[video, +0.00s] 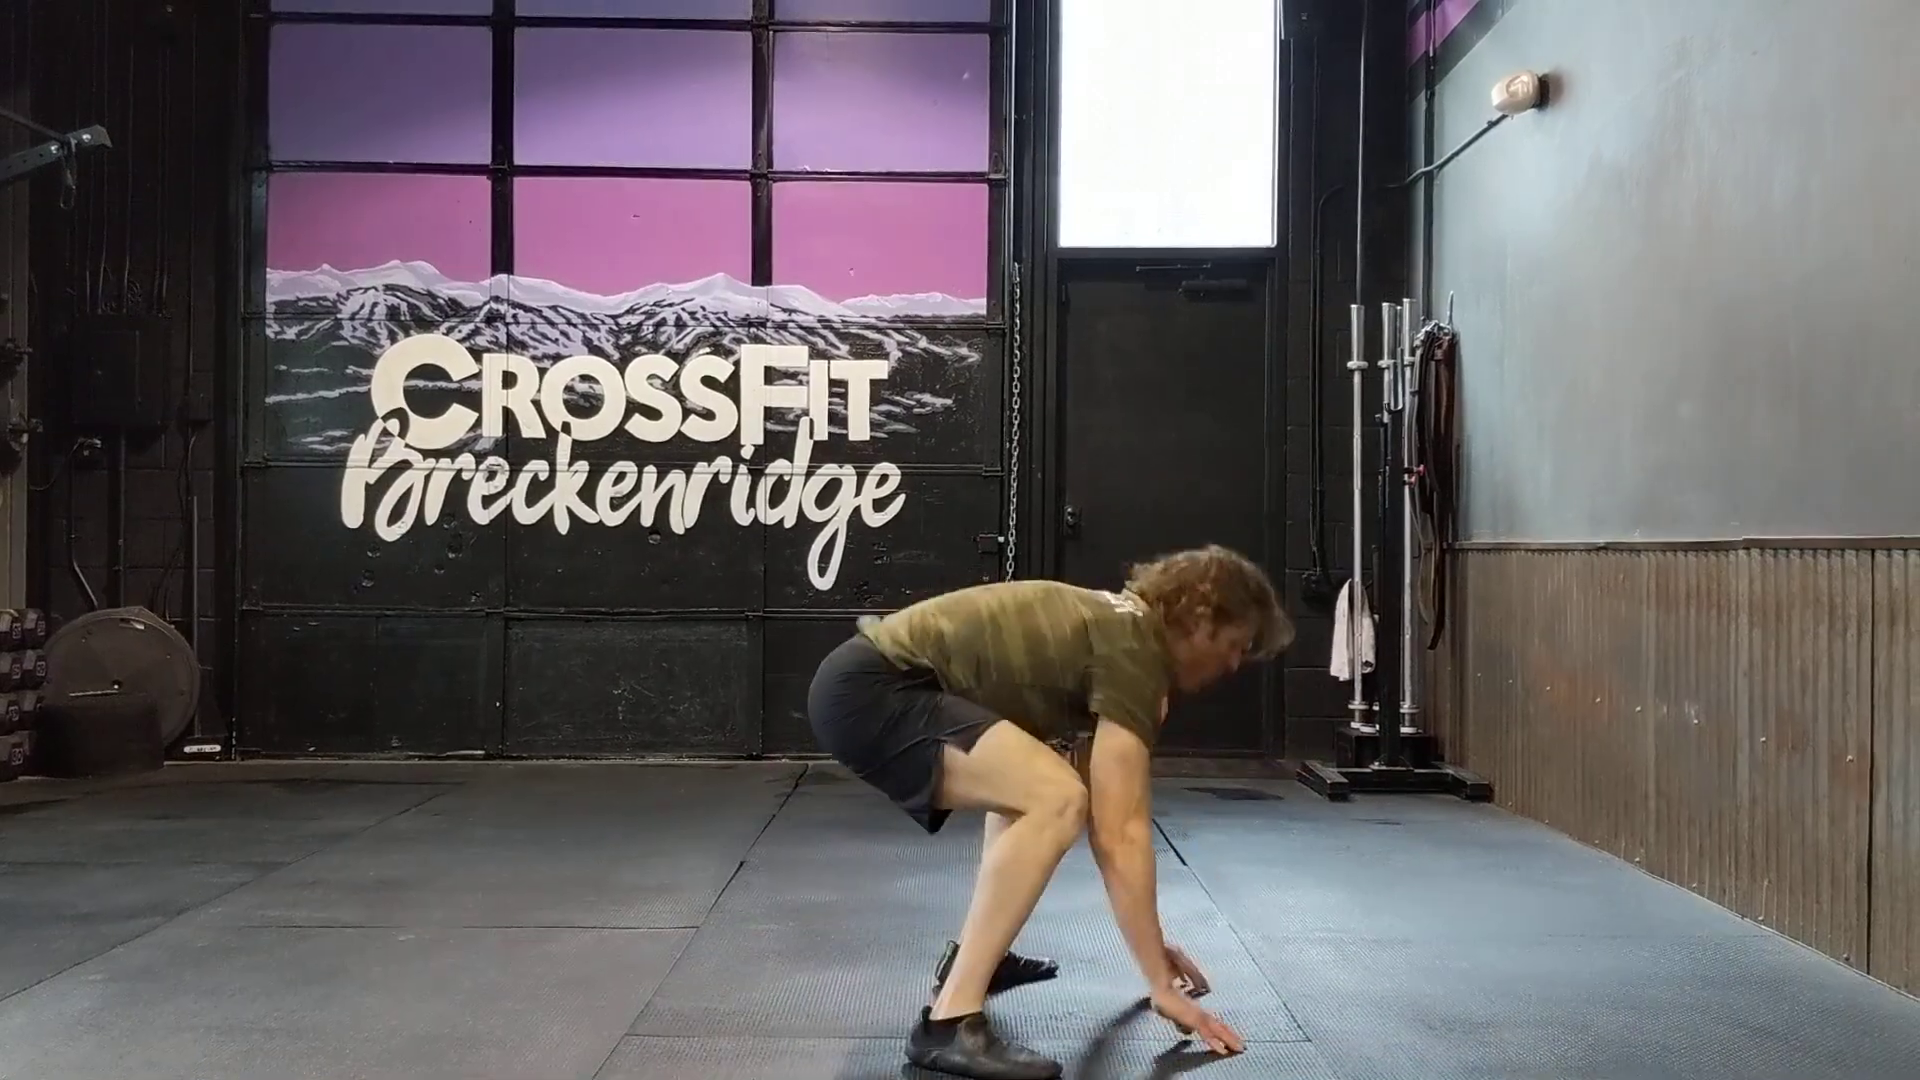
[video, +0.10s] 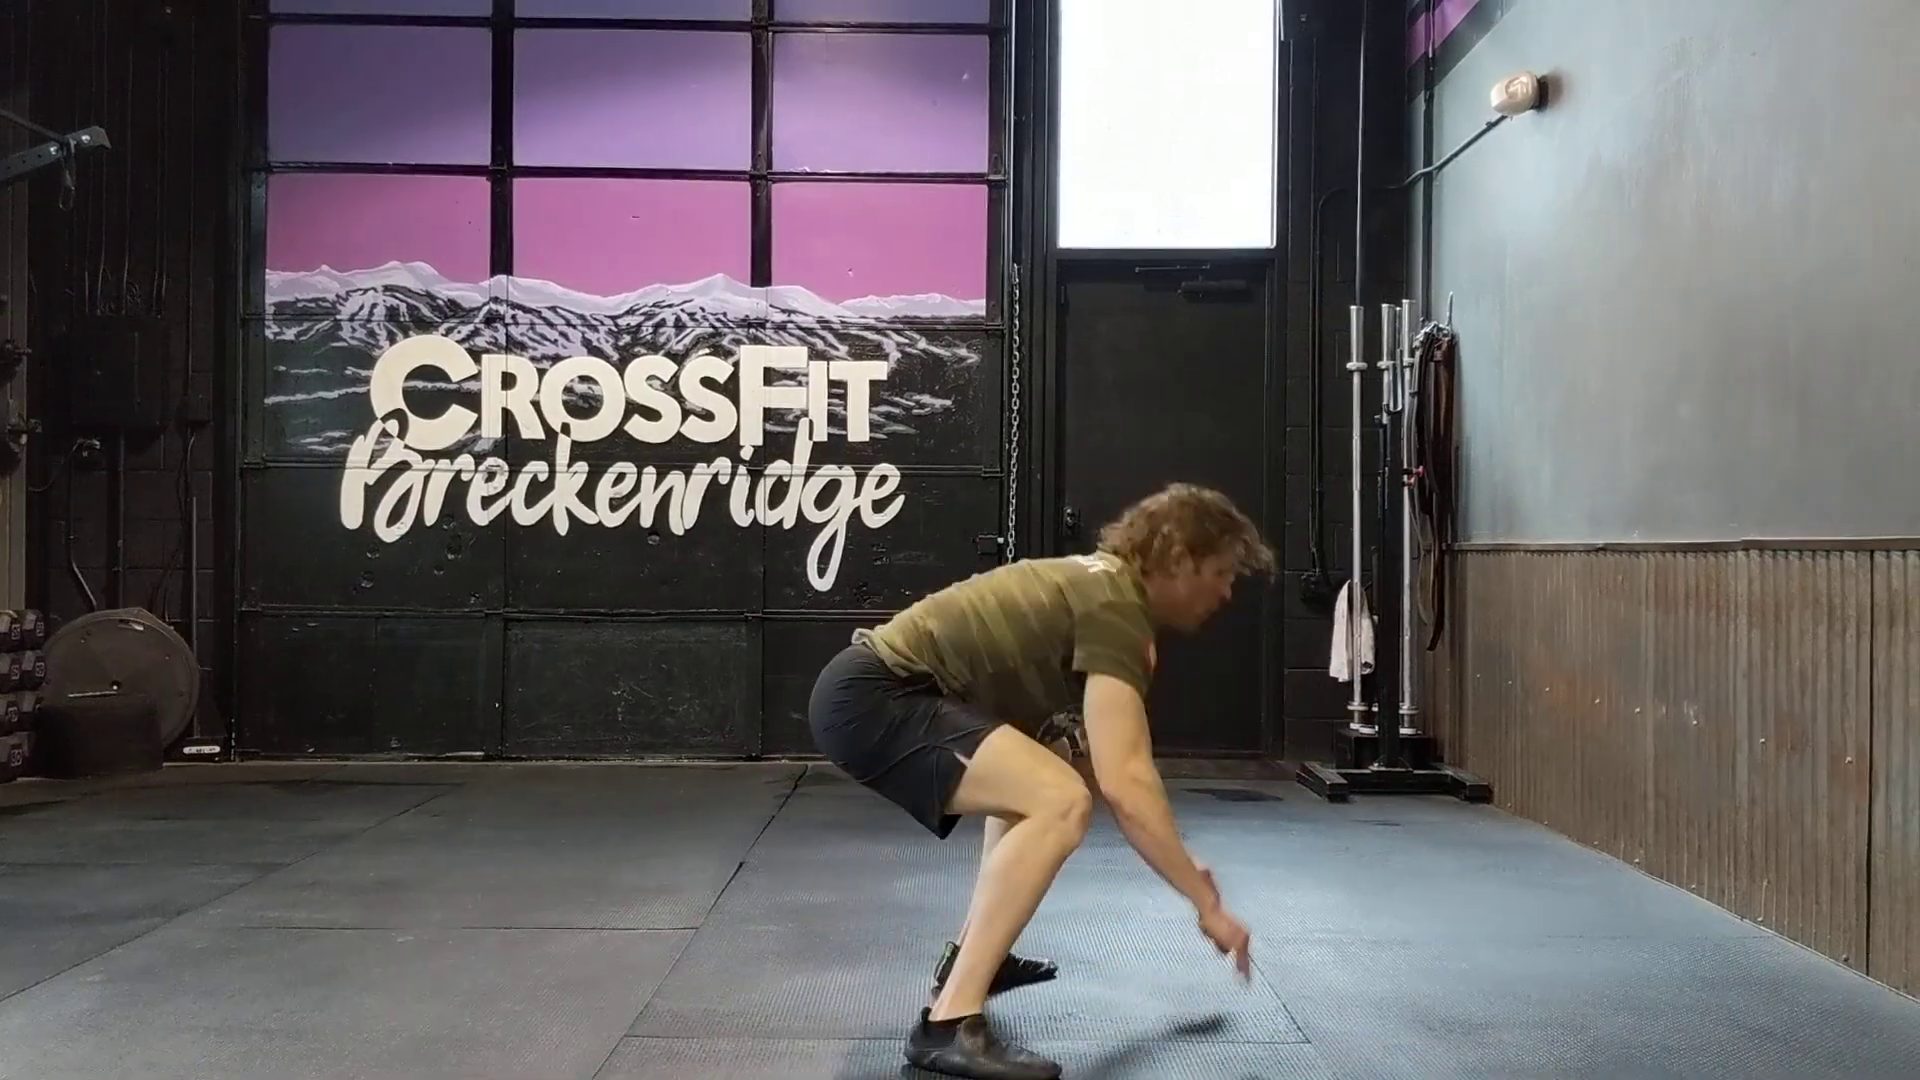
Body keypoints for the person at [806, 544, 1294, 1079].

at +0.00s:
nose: (1235, 665)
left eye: (1243, 653)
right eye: (1236, 647)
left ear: (1189, 613)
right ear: (1198, 618)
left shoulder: (1120, 632)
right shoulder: (1131, 650)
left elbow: (1117, 826)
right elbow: (1122, 838)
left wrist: (1151, 944)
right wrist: (1162, 991)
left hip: (877, 680)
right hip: (871, 689)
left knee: (1042, 778)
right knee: (1056, 804)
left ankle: (976, 957)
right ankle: (949, 1023)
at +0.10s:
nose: (1226, 595)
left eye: (1231, 580)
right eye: (1222, 575)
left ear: (1168, 558)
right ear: (1176, 559)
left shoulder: (1095, 583)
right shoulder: (1112, 602)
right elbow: (1126, 781)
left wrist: (1177, 861)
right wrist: (1208, 904)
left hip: (871, 687)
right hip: (874, 696)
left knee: (1033, 781)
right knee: (1062, 803)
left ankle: (974, 956)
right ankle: (949, 1024)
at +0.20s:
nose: (1216, 510)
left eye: (1219, 495)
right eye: (1211, 491)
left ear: (1156, 483)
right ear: (1162, 483)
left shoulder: (1096, 534)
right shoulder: (1092, 536)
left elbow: (1109, 678)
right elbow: (1109, 695)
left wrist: (1187, 711)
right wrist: (1249, 759)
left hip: (912, 668)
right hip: (886, 675)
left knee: (1054, 757)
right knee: (1060, 803)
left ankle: (979, 952)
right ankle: (948, 1023)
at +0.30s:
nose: (1187, 408)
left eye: (1188, 393)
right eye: (1179, 391)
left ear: (1119, 387)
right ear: (1127, 385)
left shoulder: (1072, 452)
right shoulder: (1058, 457)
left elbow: (1102, 537)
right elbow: (1114, 572)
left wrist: (1175, 504)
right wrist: (1257, 519)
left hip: (945, 649)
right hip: (914, 652)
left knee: (1068, 754)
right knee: (1074, 808)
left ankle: (979, 949)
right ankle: (949, 1023)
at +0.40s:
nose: (1149, 298)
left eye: (1150, 283)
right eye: (1140, 281)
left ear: (1078, 276)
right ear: (1095, 277)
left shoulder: (1046, 341)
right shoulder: (1037, 342)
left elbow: (1148, 372)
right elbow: (1154, 375)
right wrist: (1205, 253)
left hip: (979, 587)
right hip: (954, 587)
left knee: (1045, 773)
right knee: (1053, 785)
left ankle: (975, 950)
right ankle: (950, 1016)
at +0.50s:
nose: (1116, 181)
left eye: (1119, 162)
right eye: (1112, 161)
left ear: (1049, 150)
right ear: (1074, 156)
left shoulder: (1032, 219)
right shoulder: (1030, 216)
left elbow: (1099, 145)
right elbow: (1160, 152)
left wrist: (1110, 66)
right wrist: (1158, 30)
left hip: (1011, 490)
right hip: (985, 486)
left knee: (996, 709)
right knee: (994, 713)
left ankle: (974, 897)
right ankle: (957, 954)